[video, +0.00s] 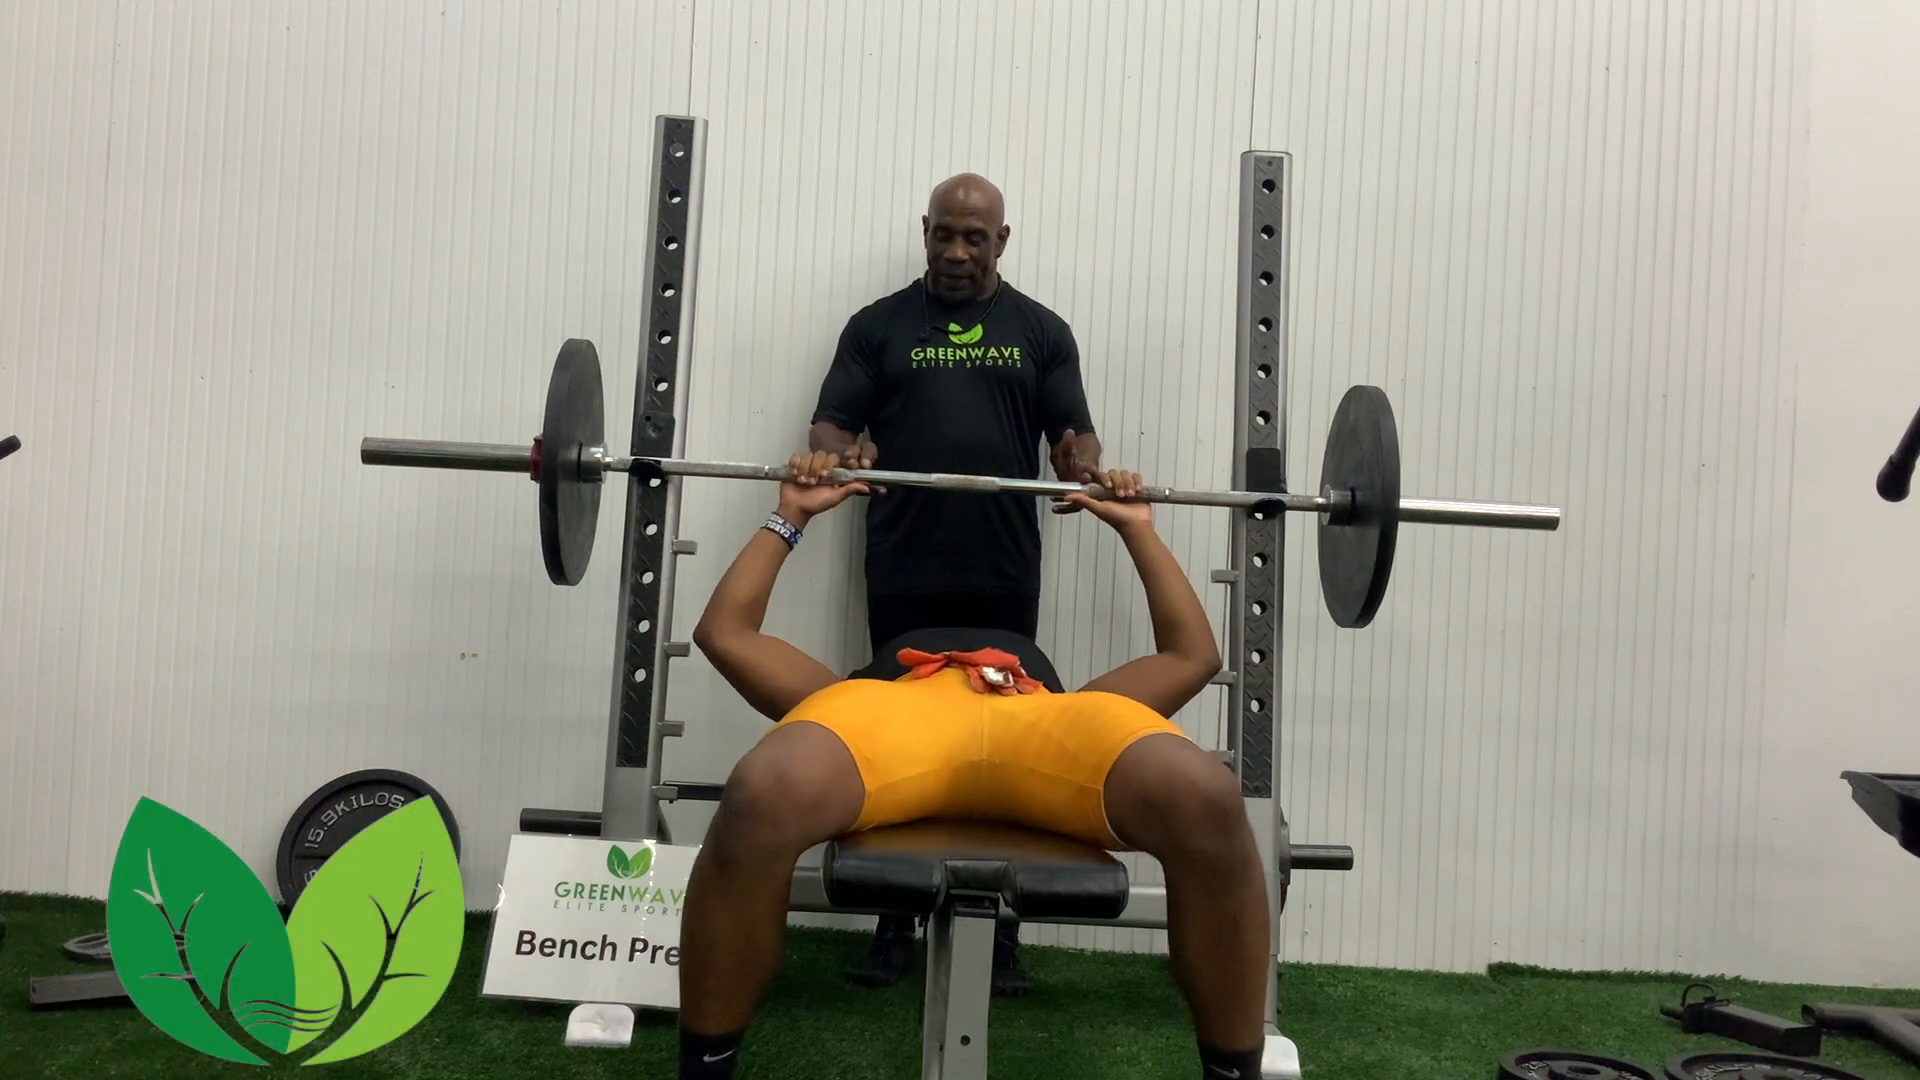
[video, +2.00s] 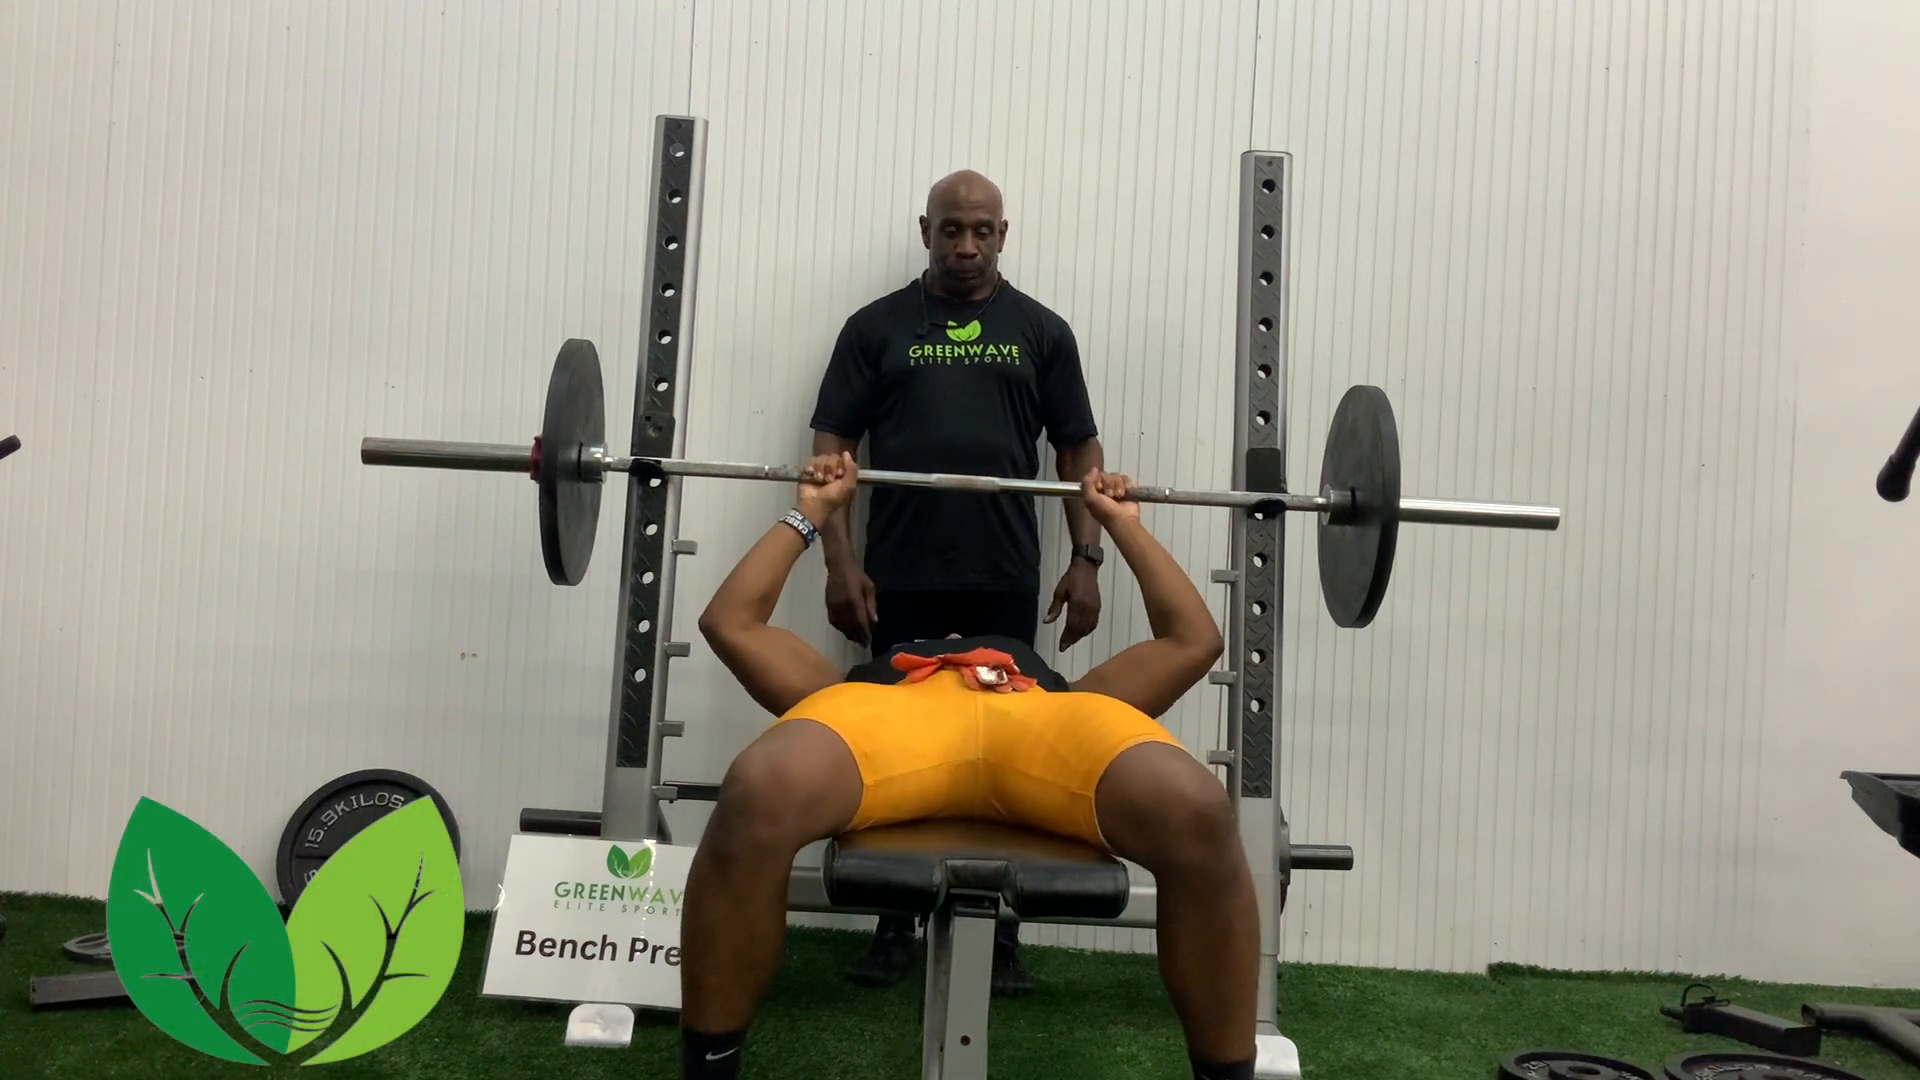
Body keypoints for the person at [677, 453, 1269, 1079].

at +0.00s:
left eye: (999, 656)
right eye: (941, 653)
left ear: (1031, 682)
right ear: (905, 664)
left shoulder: (1069, 704)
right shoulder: (857, 690)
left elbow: (1194, 653)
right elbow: (724, 630)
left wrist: (1136, 524)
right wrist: (793, 513)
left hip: (1053, 715)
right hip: (885, 704)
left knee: (1208, 800)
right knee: (755, 800)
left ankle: (1237, 1072)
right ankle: (704, 1069)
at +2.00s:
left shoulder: (1068, 695)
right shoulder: (858, 683)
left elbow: (1193, 636)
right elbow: (730, 622)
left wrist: (1120, 519)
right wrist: (807, 518)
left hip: (1052, 713)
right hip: (885, 705)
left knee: (1202, 816)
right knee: (754, 795)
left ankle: (1229, 1070)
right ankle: (709, 1066)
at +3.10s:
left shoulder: (1067, 694)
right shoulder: (861, 687)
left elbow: (1167, 632)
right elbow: (749, 613)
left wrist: (1120, 500)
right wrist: (808, 488)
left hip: (1050, 711)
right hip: (881, 704)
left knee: (1197, 810)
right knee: (748, 786)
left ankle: (1227, 1074)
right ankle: (710, 1068)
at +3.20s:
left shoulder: (1065, 689)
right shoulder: (855, 687)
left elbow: (1154, 609)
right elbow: (768, 587)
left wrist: (1124, 467)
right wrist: (810, 456)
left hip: (1040, 709)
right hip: (884, 706)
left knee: (1193, 811)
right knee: (740, 784)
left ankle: (1226, 1071)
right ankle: (708, 1061)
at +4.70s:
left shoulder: (1064, 685)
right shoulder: (861, 677)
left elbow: (1138, 603)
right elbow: (779, 587)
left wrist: (1130, 449)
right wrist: (809, 442)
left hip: (1039, 706)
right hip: (887, 698)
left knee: (1189, 812)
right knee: (756, 784)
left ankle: (1230, 1072)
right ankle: (716, 1064)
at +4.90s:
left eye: (992, 651)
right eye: (931, 651)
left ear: (1011, 659)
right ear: (907, 657)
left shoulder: (1050, 686)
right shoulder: (868, 682)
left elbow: (1143, 686)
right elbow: (759, 672)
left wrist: (1129, 539)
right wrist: (803, 535)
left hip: (1043, 707)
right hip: (890, 699)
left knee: (1190, 816)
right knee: (751, 794)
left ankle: (1231, 1070)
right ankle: (714, 1067)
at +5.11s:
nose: (969, 654)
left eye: (994, 656)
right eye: (940, 653)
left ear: (1028, 687)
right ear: (910, 665)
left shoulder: (1047, 700)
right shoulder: (883, 683)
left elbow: (1134, 749)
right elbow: (771, 760)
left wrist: (1130, 642)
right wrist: (801, 636)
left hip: (1044, 714)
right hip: (888, 702)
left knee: (1187, 817)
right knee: (752, 791)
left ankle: (1232, 1073)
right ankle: (713, 1071)